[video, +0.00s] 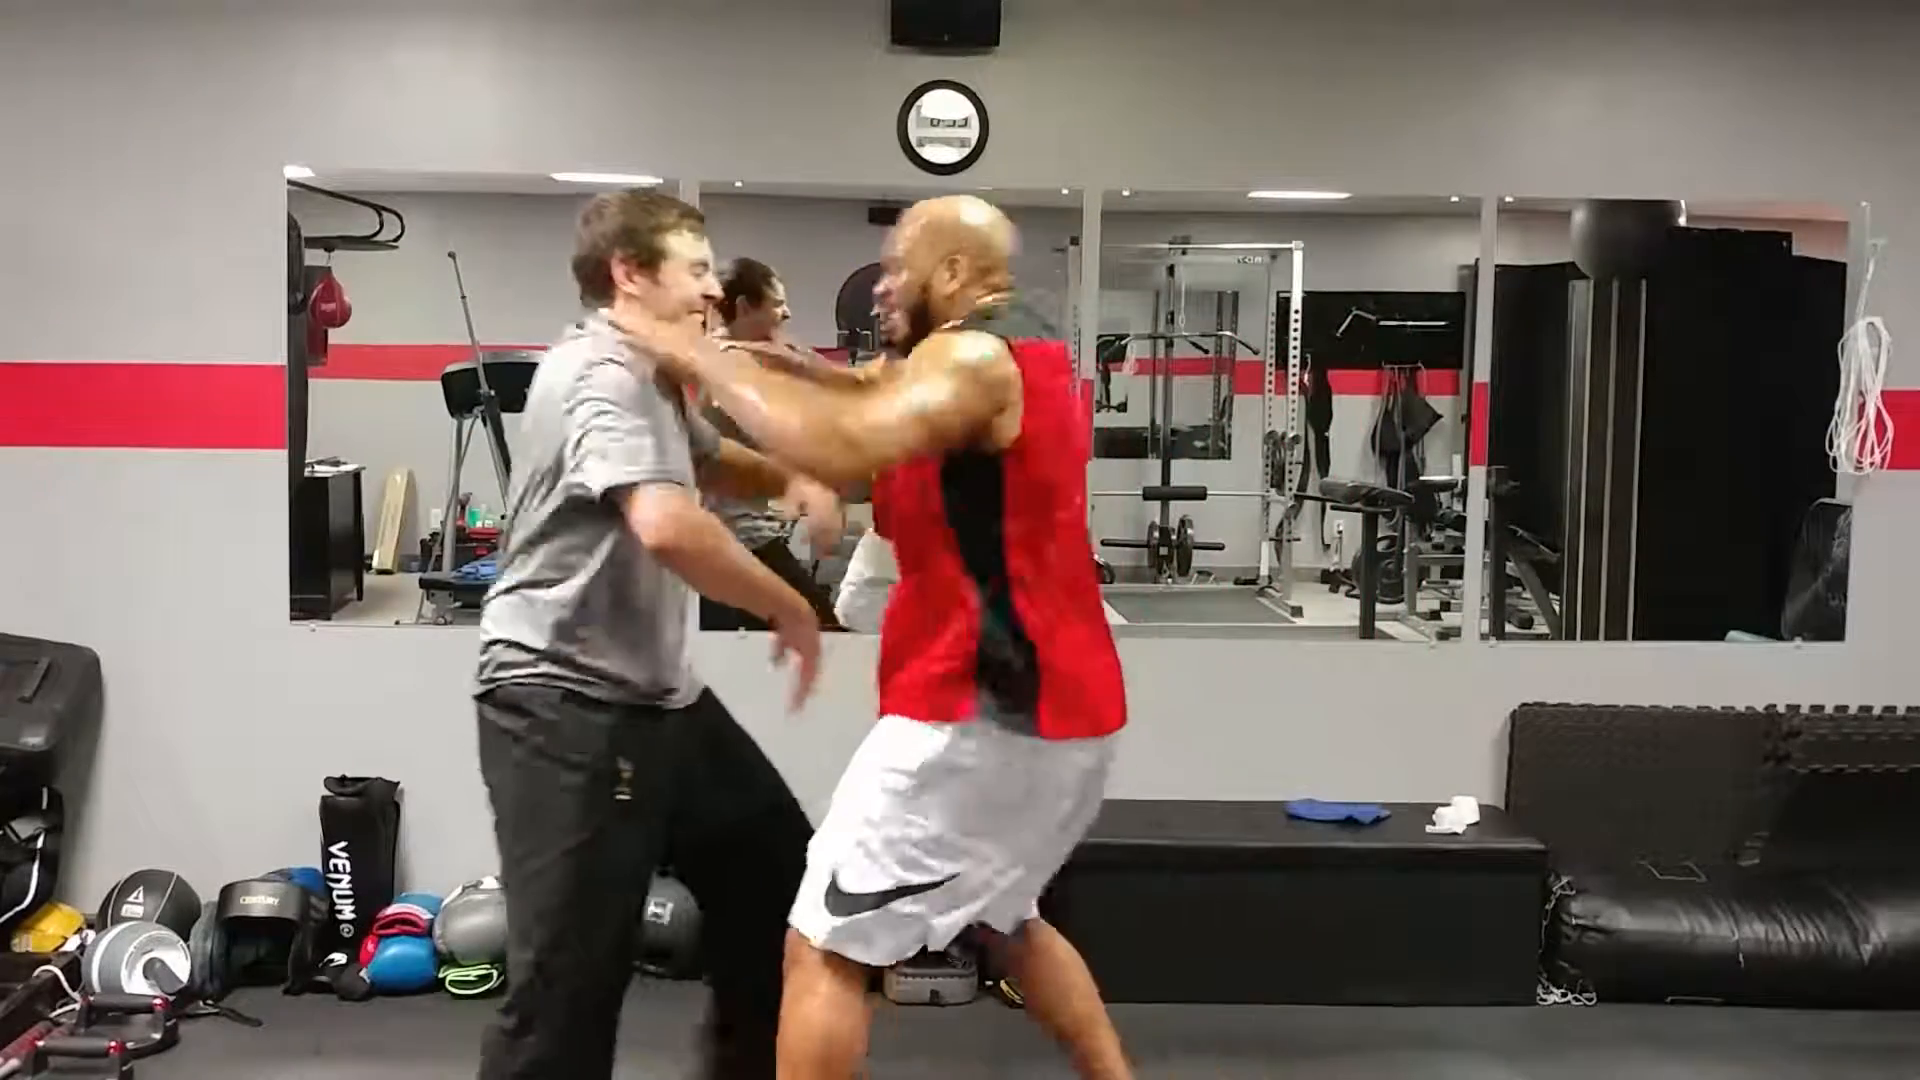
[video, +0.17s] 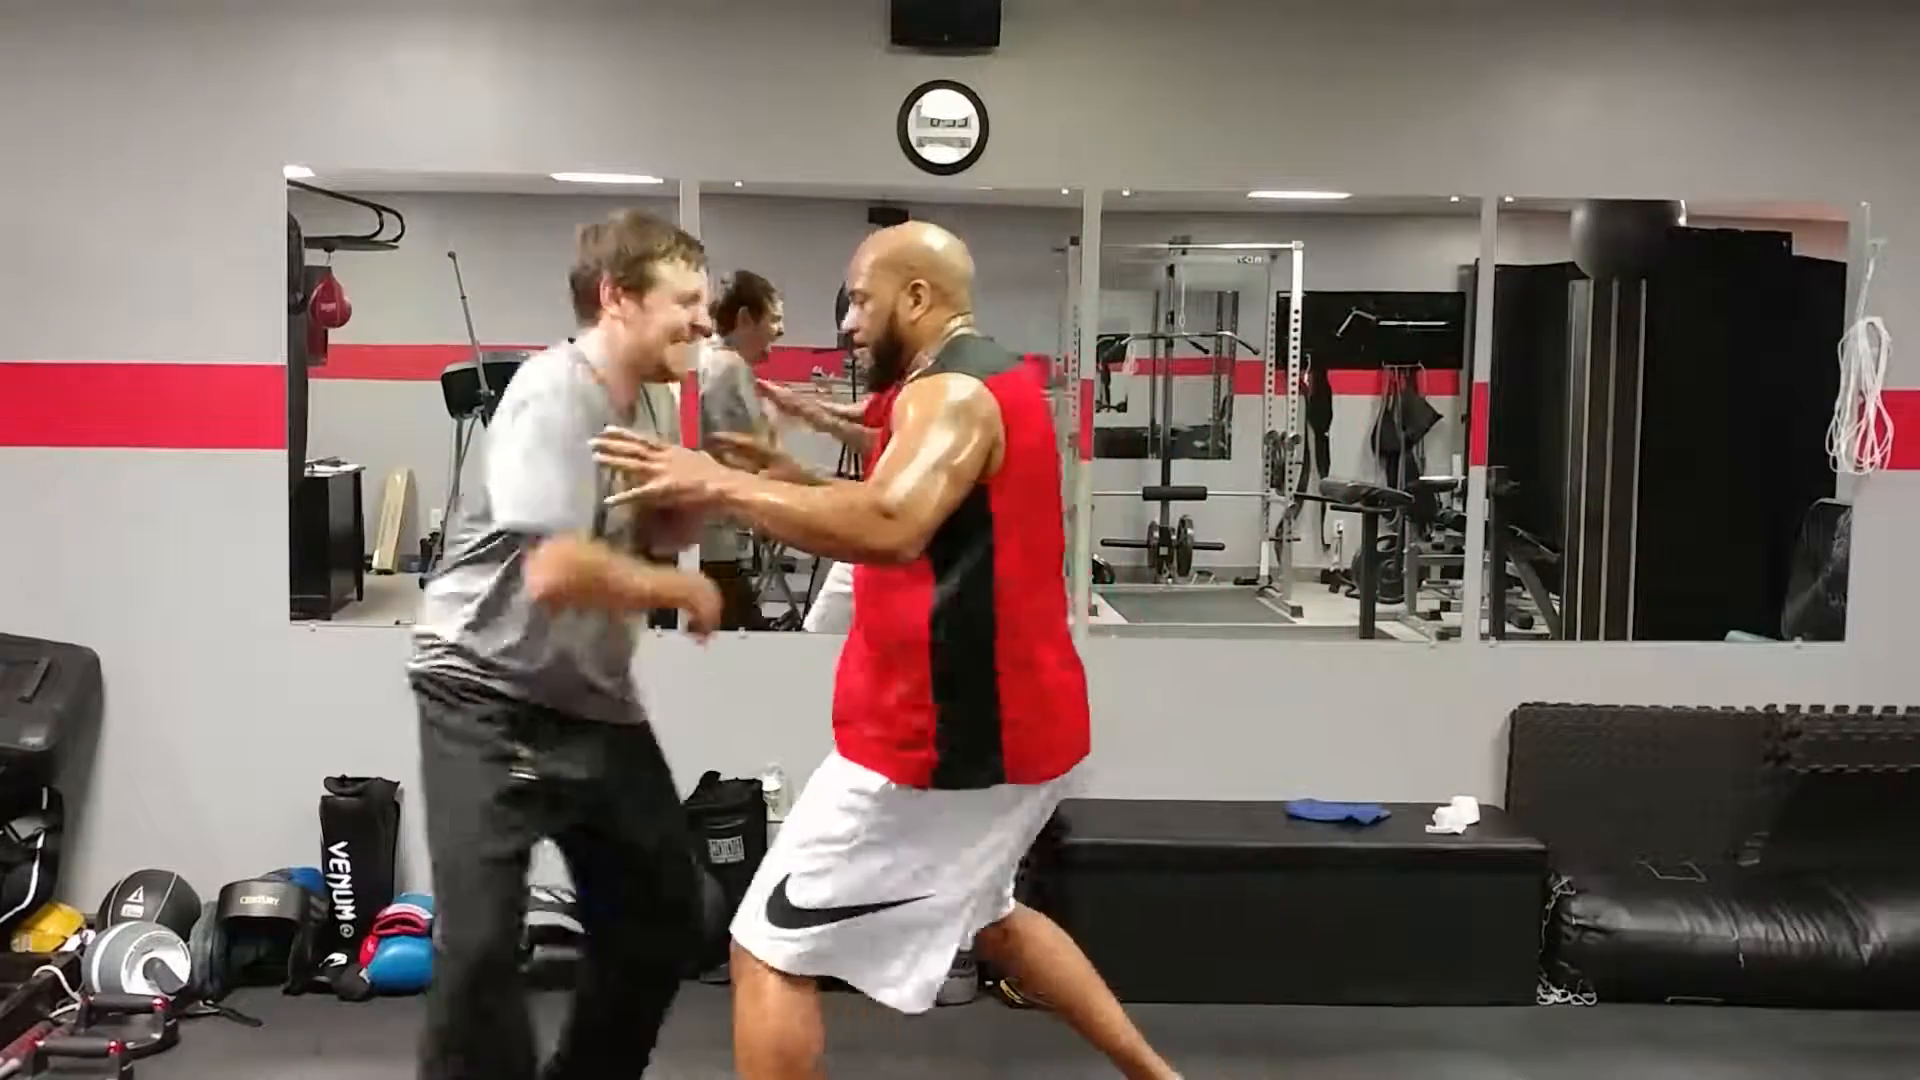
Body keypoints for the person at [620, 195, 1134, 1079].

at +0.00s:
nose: (884, 287)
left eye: (896, 268)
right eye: (887, 268)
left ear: (949, 275)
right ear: (979, 277)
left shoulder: (971, 363)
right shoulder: (1028, 354)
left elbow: (847, 449)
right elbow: (874, 388)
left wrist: (695, 353)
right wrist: (764, 357)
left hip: (974, 705)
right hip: (1063, 703)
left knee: (826, 947)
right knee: (1005, 915)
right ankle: (1113, 1071)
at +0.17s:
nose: (847, 325)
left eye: (858, 302)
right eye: (847, 304)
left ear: (918, 298)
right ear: (933, 300)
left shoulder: (951, 393)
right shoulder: (1000, 379)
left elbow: (890, 526)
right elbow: (912, 511)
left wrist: (719, 486)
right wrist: (788, 474)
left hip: (930, 740)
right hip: (1019, 731)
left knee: (768, 949)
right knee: (992, 916)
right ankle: (1153, 1071)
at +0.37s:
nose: (895, 297)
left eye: (912, 279)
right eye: (897, 278)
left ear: (972, 281)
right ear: (984, 284)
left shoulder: (1006, 374)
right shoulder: (1036, 356)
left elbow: (961, 513)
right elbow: (947, 501)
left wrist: (789, 534)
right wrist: (882, 435)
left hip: (1001, 705)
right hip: (1090, 698)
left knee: (839, 916)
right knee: (1062, 906)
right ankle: (1155, 1069)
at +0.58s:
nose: (945, 284)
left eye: (957, 264)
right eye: (945, 265)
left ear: (1017, 266)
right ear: (1034, 267)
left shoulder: (1038, 373)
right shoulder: (1104, 351)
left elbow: (1014, 530)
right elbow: (1070, 500)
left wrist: (904, 665)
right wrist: (952, 443)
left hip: (1035, 673)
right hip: (1129, 668)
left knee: (877, 885)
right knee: (1077, 892)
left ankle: (974, 1073)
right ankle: (1161, 1071)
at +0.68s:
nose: (953, 275)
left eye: (964, 257)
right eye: (954, 257)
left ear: (1021, 262)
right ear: (1043, 263)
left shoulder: (1035, 373)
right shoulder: (1111, 344)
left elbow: (1040, 553)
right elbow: (1099, 499)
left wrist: (959, 695)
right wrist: (970, 451)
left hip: (1041, 701)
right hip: (1122, 692)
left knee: (927, 921)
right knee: (1079, 897)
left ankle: (997, 1076)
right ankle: (1160, 1071)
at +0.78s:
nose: (947, 276)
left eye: (960, 258)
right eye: (949, 258)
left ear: (1016, 261)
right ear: (1035, 262)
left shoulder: (1031, 372)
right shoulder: (1110, 344)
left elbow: (1046, 560)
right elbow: (1098, 507)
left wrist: (968, 704)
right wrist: (969, 486)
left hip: (1049, 708)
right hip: (1134, 694)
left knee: (957, 933)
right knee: (1091, 907)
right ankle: (1160, 1071)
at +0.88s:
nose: (945, 271)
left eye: (958, 252)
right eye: (948, 251)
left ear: (1017, 258)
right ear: (1037, 258)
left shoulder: (1031, 364)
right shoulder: (1109, 337)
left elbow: (1038, 546)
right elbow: (1097, 496)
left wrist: (962, 695)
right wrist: (965, 474)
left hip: (1065, 693)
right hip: (1159, 678)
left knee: (978, 935)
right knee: (1121, 907)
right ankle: (1170, 1070)